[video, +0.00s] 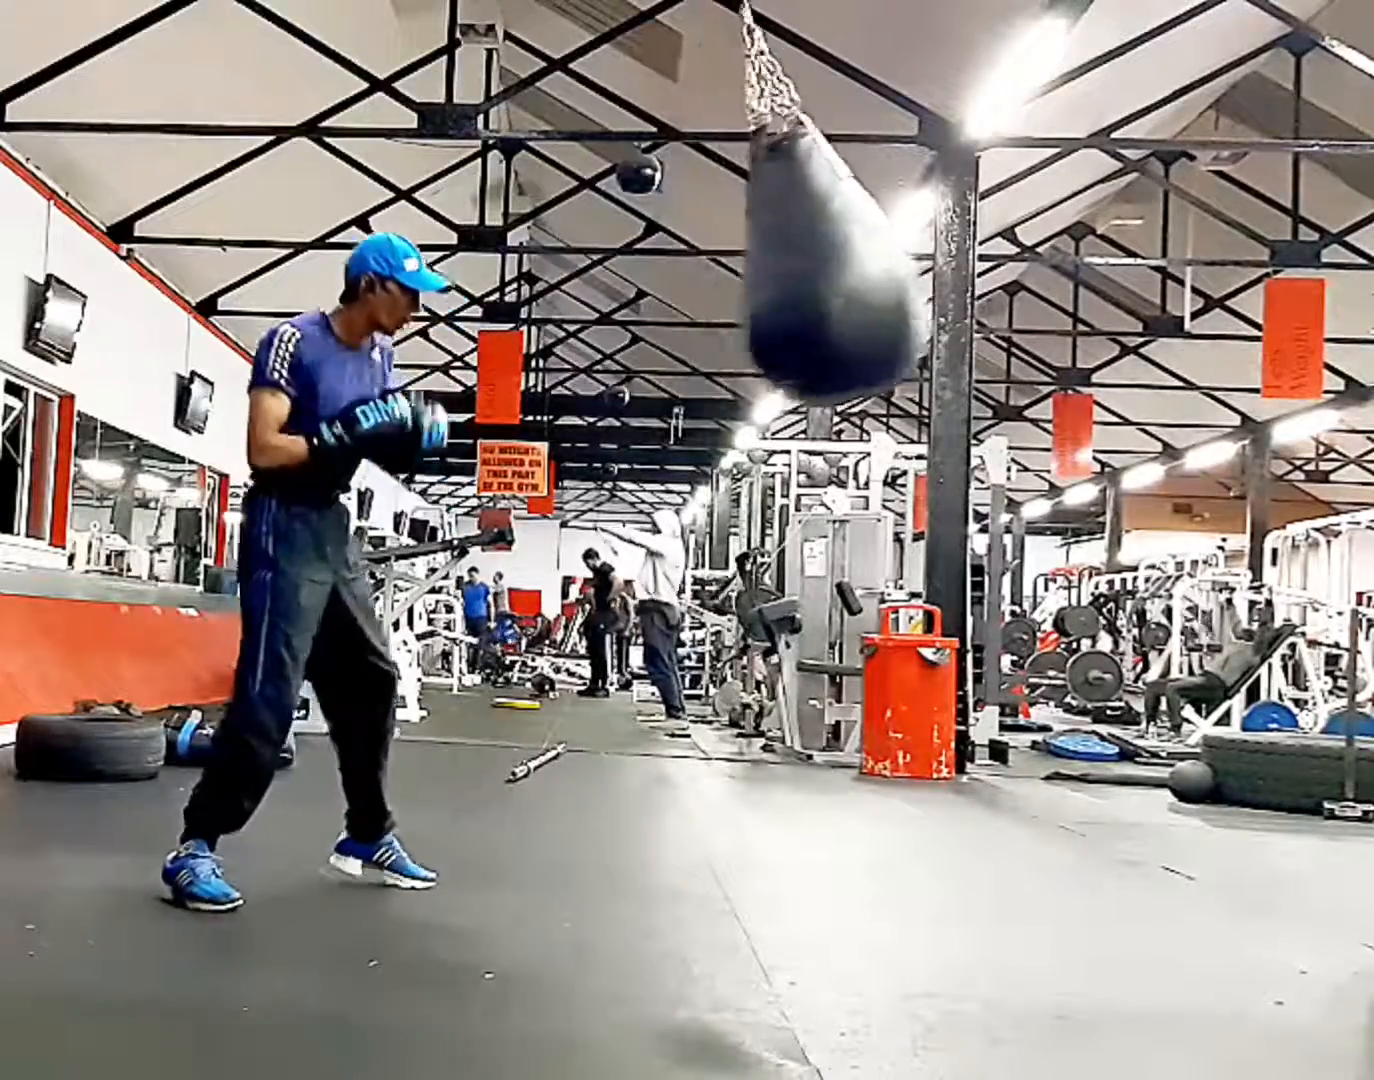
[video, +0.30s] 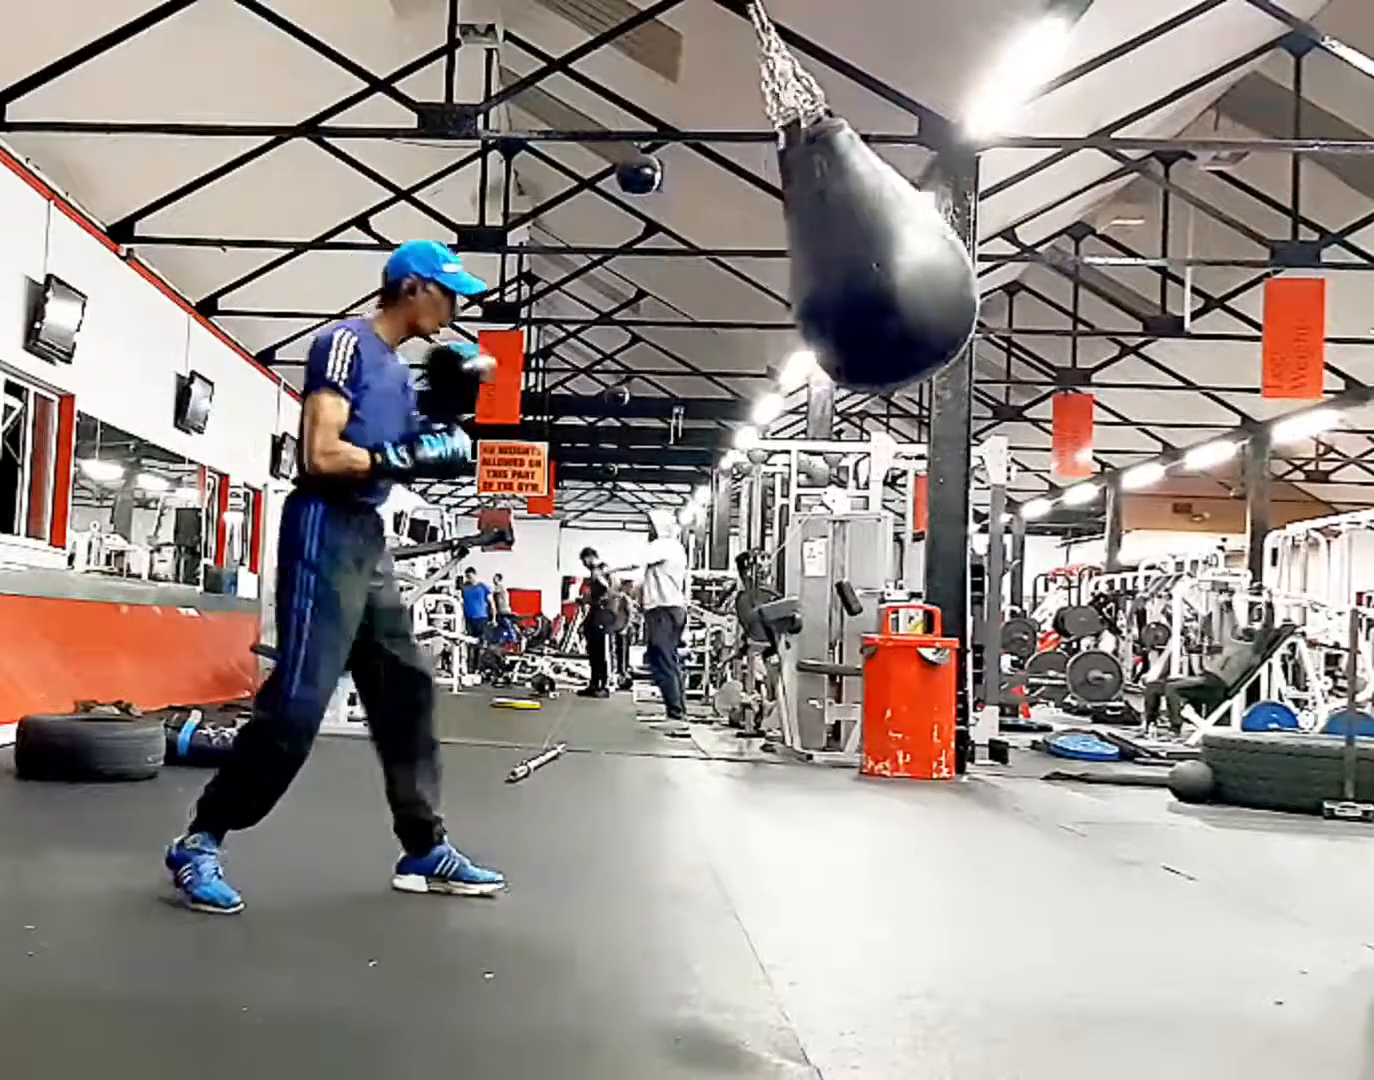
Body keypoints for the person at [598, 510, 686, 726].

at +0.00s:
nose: (654, 528)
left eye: (656, 524)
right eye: (654, 524)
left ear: (665, 525)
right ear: (673, 524)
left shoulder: (668, 543)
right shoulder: (673, 545)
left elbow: (637, 538)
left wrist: (606, 530)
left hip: (658, 607)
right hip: (665, 606)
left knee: (658, 661)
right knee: (666, 660)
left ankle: (675, 712)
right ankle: (676, 709)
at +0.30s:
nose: (648, 530)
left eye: (651, 526)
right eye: (649, 526)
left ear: (660, 527)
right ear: (670, 527)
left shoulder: (664, 546)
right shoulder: (677, 548)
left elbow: (639, 559)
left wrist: (611, 568)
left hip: (662, 606)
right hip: (674, 605)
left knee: (662, 658)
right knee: (668, 658)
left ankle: (675, 708)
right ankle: (677, 706)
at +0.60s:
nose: (638, 530)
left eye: (641, 525)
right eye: (639, 525)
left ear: (651, 526)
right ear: (656, 526)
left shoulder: (659, 548)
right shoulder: (669, 546)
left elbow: (651, 581)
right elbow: (656, 579)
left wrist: (634, 606)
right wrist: (640, 596)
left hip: (666, 611)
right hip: (676, 608)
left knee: (663, 663)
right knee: (672, 661)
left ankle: (675, 709)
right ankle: (678, 707)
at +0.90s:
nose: (633, 530)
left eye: (637, 526)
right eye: (635, 526)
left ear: (646, 528)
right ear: (652, 527)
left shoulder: (657, 550)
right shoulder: (655, 549)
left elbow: (671, 583)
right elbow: (657, 584)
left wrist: (672, 617)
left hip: (666, 615)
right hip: (664, 614)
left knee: (664, 667)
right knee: (670, 665)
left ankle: (675, 711)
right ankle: (677, 708)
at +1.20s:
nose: (634, 530)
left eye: (638, 526)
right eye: (635, 526)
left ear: (647, 529)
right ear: (651, 529)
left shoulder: (661, 550)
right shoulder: (651, 551)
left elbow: (679, 581)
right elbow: (649, 584)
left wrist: (688, 614)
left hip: (667, 616)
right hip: (662, 616)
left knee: (663, 665)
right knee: (669, 665)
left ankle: (675, 711)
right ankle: (677, 709)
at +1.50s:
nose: (633, 530)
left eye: (636, 526)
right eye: (634, 526)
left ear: (646, 529)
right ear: (649, 529)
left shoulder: (660, 551)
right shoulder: (647, 552)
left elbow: (681, 581)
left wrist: (691, 615)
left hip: (669, 616)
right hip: (659, 616)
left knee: (666, 667)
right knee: (668, 666)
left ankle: (676, 712)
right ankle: (676, 710)